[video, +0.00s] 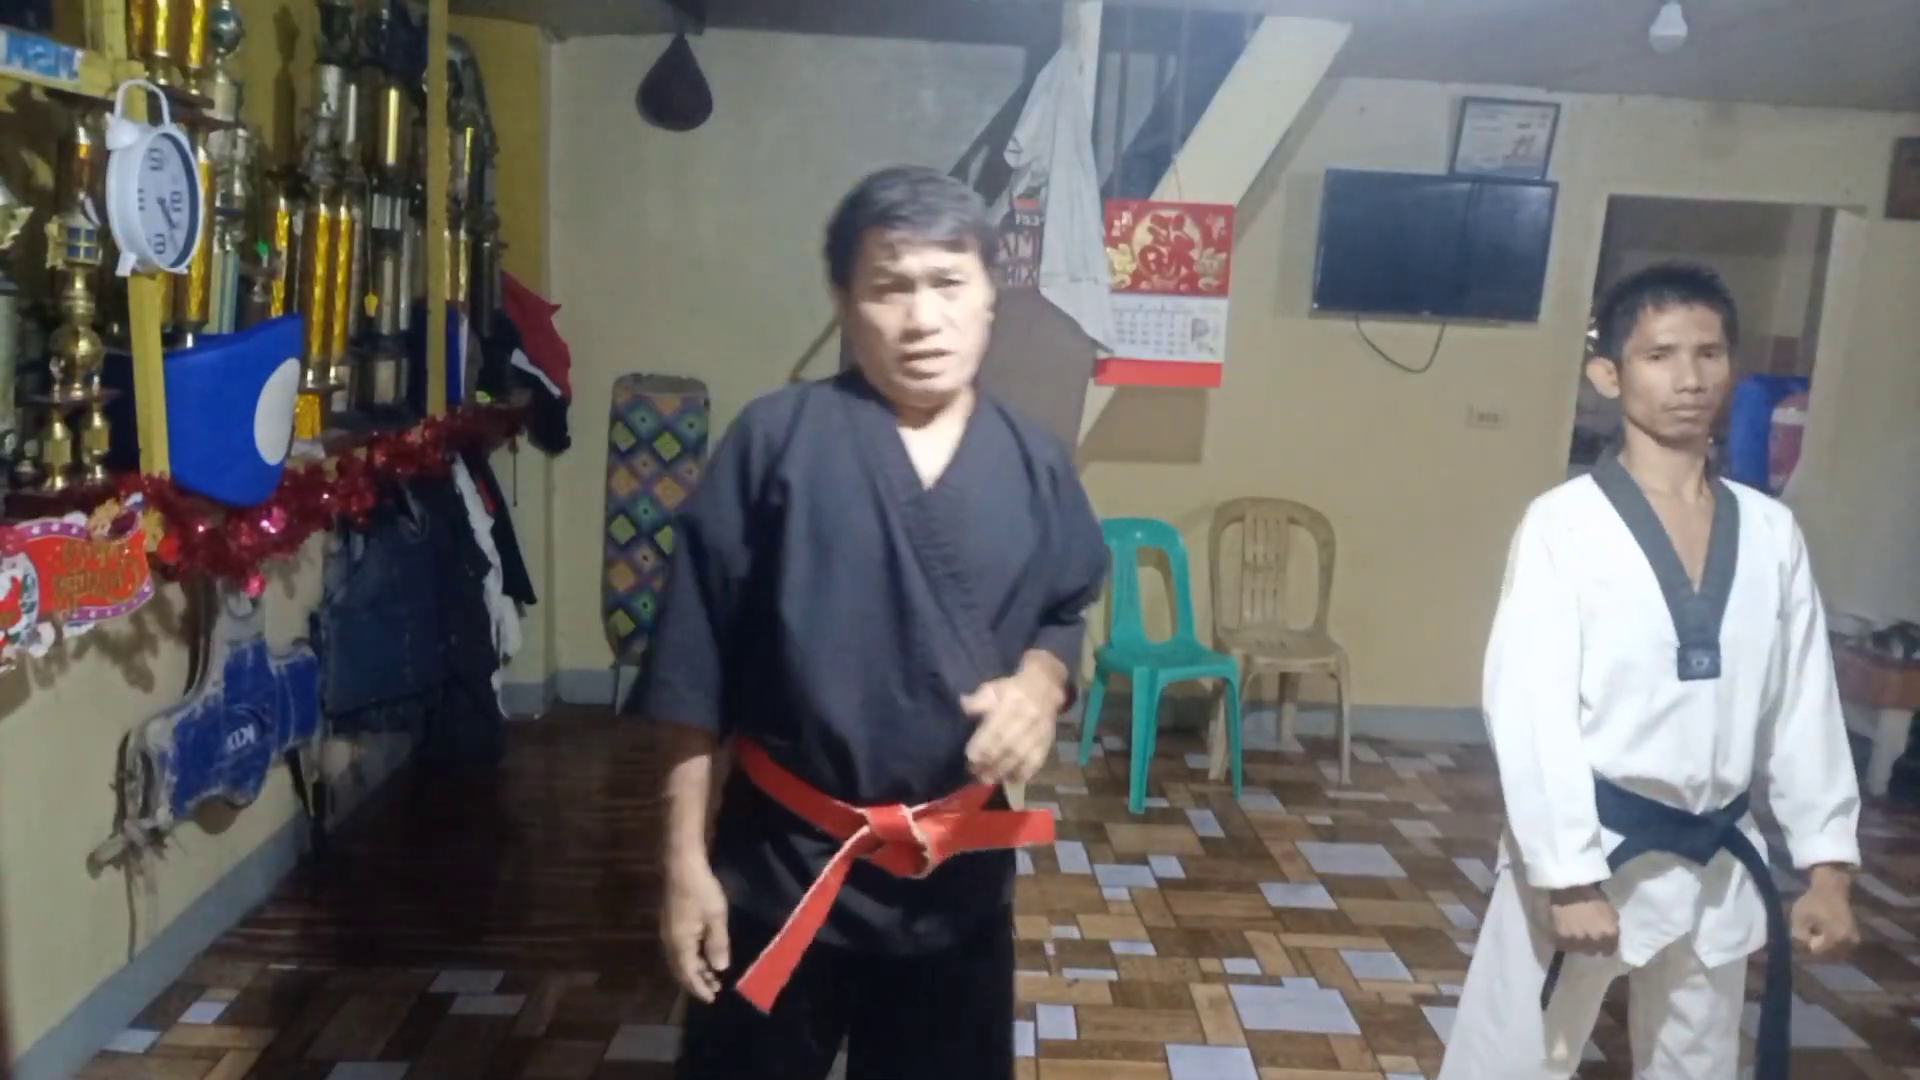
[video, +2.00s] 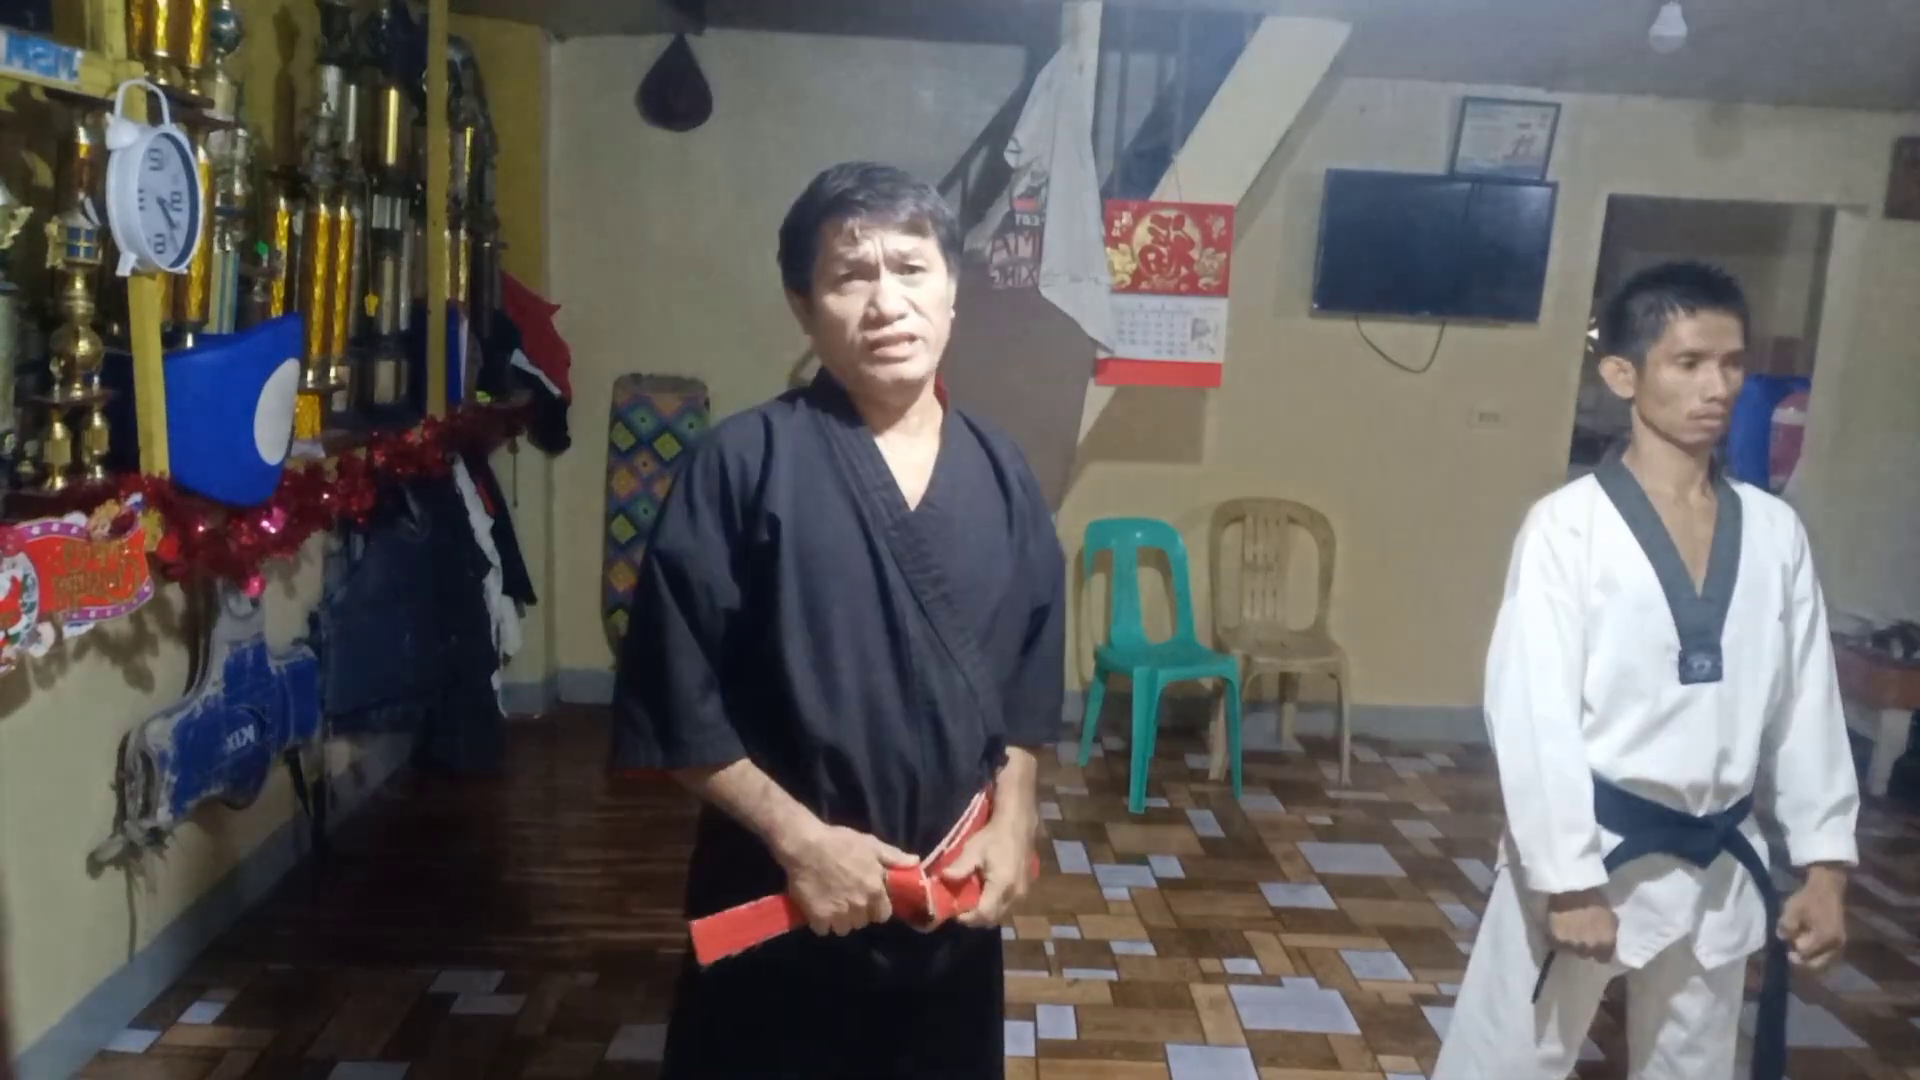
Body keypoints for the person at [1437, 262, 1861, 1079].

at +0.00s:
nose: (1692, 377)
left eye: (1710, 353)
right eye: (1662, 353)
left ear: (1733, 372)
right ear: (1607, 375)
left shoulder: (1771, 531)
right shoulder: (1561, 526)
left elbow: (1805, 704)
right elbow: (1529, 705)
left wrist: (1828, 864)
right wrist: (1570, 876)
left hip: (1719, 867)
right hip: (1581, 862)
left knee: (1698, 1070)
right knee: (1510, 1064)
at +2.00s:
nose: (1718, 387)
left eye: (1730, 362)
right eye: (1689, 363)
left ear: (1745, 368)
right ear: (1621, 376)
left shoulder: (1775, 530)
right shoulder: (1565, 527)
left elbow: (1808, 705)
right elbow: (1531, 710)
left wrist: (1826, 866)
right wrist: (1570, 880)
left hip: (1721, 870)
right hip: (1581, 864)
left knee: (1693, 1071)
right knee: (1506, 1066)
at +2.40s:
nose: (1723, 386)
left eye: (1737, 363)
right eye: (1696, 362)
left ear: (1749, 373)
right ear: (1627, 375)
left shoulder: (1778, 533)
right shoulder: (1569, 527)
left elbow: (1813, 709)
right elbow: (1540, 713)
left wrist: (1839, 869)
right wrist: (1587, 885)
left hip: (1725, 881)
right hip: (1587, 875)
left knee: (1701, 1069)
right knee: (1532, 1066)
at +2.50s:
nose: (1724, 385)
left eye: (1738, 362)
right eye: (1696, 361)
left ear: (1751, 372)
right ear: (1628, 374)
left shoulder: (1778, 533)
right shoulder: (1568, 526)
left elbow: (1813, 711)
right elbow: (1535, 711)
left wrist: (1837, 873)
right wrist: (1580, 885)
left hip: (1726, 883)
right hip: (1586, 876)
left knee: (1704, 1070)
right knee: (1528, 1067)